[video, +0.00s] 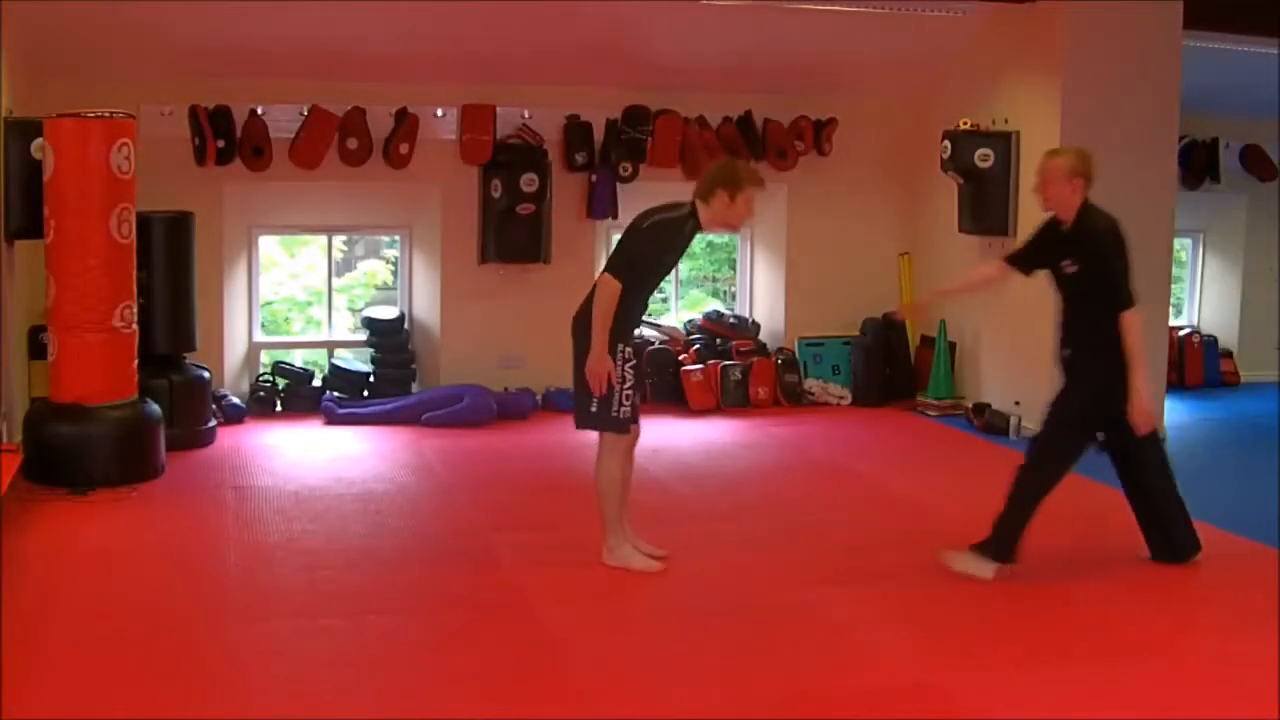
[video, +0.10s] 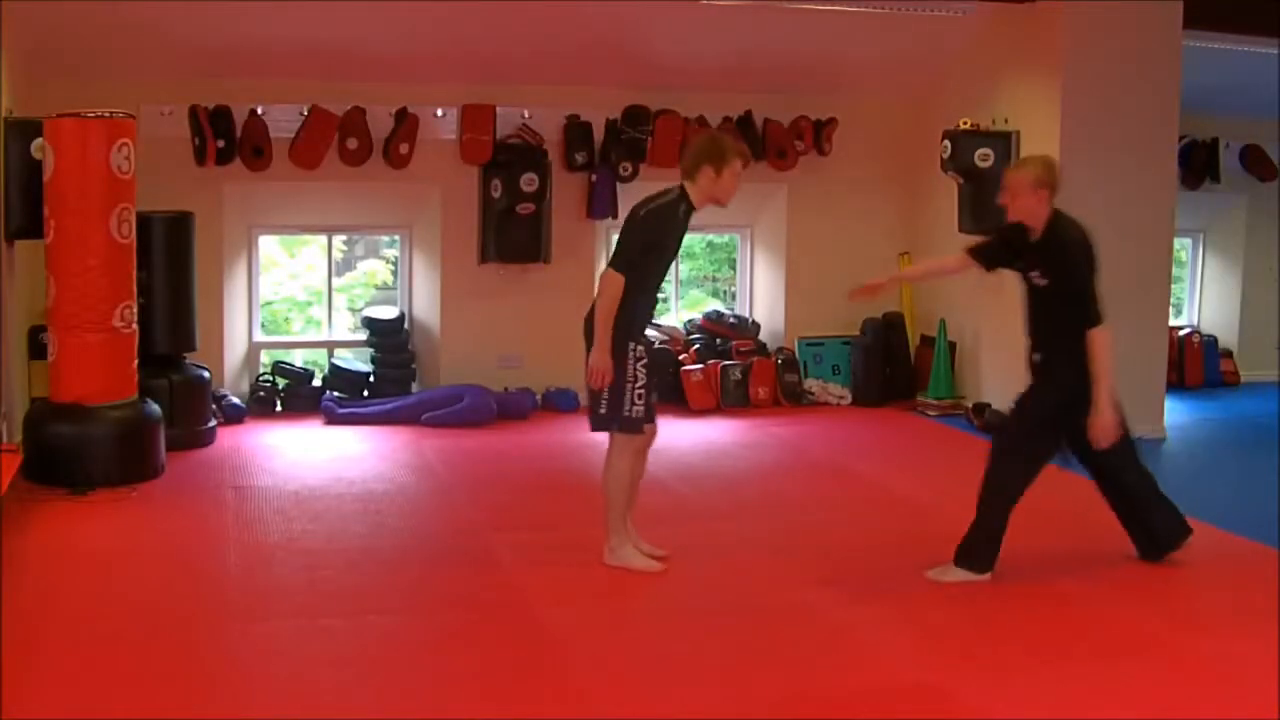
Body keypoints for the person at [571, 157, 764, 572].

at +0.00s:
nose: (751, 214)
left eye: (753, 204)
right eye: (748, 202)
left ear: (722, 197)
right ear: (722, 197)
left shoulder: (683, 226)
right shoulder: (666, 225)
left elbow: (628, 291)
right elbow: (608, 283)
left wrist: (655, 330)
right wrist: (598, 351)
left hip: (620, 332)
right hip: (605, 333)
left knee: (628, 433)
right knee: (617, 435)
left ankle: (622, 534)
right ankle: (614, 544)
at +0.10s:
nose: (739, 183)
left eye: (740, 175)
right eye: (736, 174)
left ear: (708, 174)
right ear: (708, 172)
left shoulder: (677, 212)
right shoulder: (660, 212)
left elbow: (637, 282)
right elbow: (612, 279)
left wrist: (641, 335)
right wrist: (601, 348)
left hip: (631, 334)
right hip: (617, 335)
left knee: (644, 431)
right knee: (627, 435)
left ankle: (625, 532)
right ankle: (616, 544)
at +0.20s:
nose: (726, 172)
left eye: (728, 163)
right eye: (722, 161)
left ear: (695, 160)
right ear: (693, 157)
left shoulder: (673, 203)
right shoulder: (655, 203)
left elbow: (641, 275)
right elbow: (606, 270)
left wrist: (652, 329)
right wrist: (595, 343)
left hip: (646, 334)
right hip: (628, 335)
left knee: (651, 430)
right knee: (634, 434)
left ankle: (627, 530)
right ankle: (616, 542)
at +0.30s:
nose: (717, 163)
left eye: (717, 154)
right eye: (711, 153)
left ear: (686, 155)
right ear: (683, 153)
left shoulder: (669, 201)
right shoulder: (650, 201)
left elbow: (646, 278)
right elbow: (612, 278)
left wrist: (658, 331)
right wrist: (636, 342)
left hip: (649, 331)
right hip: (629, 333)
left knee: (657, 433)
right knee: (635, 436)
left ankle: (627, 529)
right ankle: (616, 542)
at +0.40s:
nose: (708, 163)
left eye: (709, 154)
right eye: (702, 152)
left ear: (674, 154)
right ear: (673, 151)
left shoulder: (662, 199)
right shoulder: (650, 201)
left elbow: (650, 285)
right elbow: (646, 289)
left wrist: (690, 320)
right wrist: (699, 321)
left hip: (649, 327)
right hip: (631, 329)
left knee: (677, 426)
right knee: (635, 435)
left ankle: (631, 522)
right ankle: (616, 543)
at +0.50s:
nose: (702, 159)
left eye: (703, 150)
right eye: (696, 149)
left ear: (668, 151)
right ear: (668, 149)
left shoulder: (652, 195)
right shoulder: (651, 199)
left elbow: (649, 284)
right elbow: (679, 284)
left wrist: (675, 331)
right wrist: (748, 301)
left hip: (655, 329)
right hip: (635, 329)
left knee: (688, 422)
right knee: (639, 435)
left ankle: (648, 515)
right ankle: (617, 543)